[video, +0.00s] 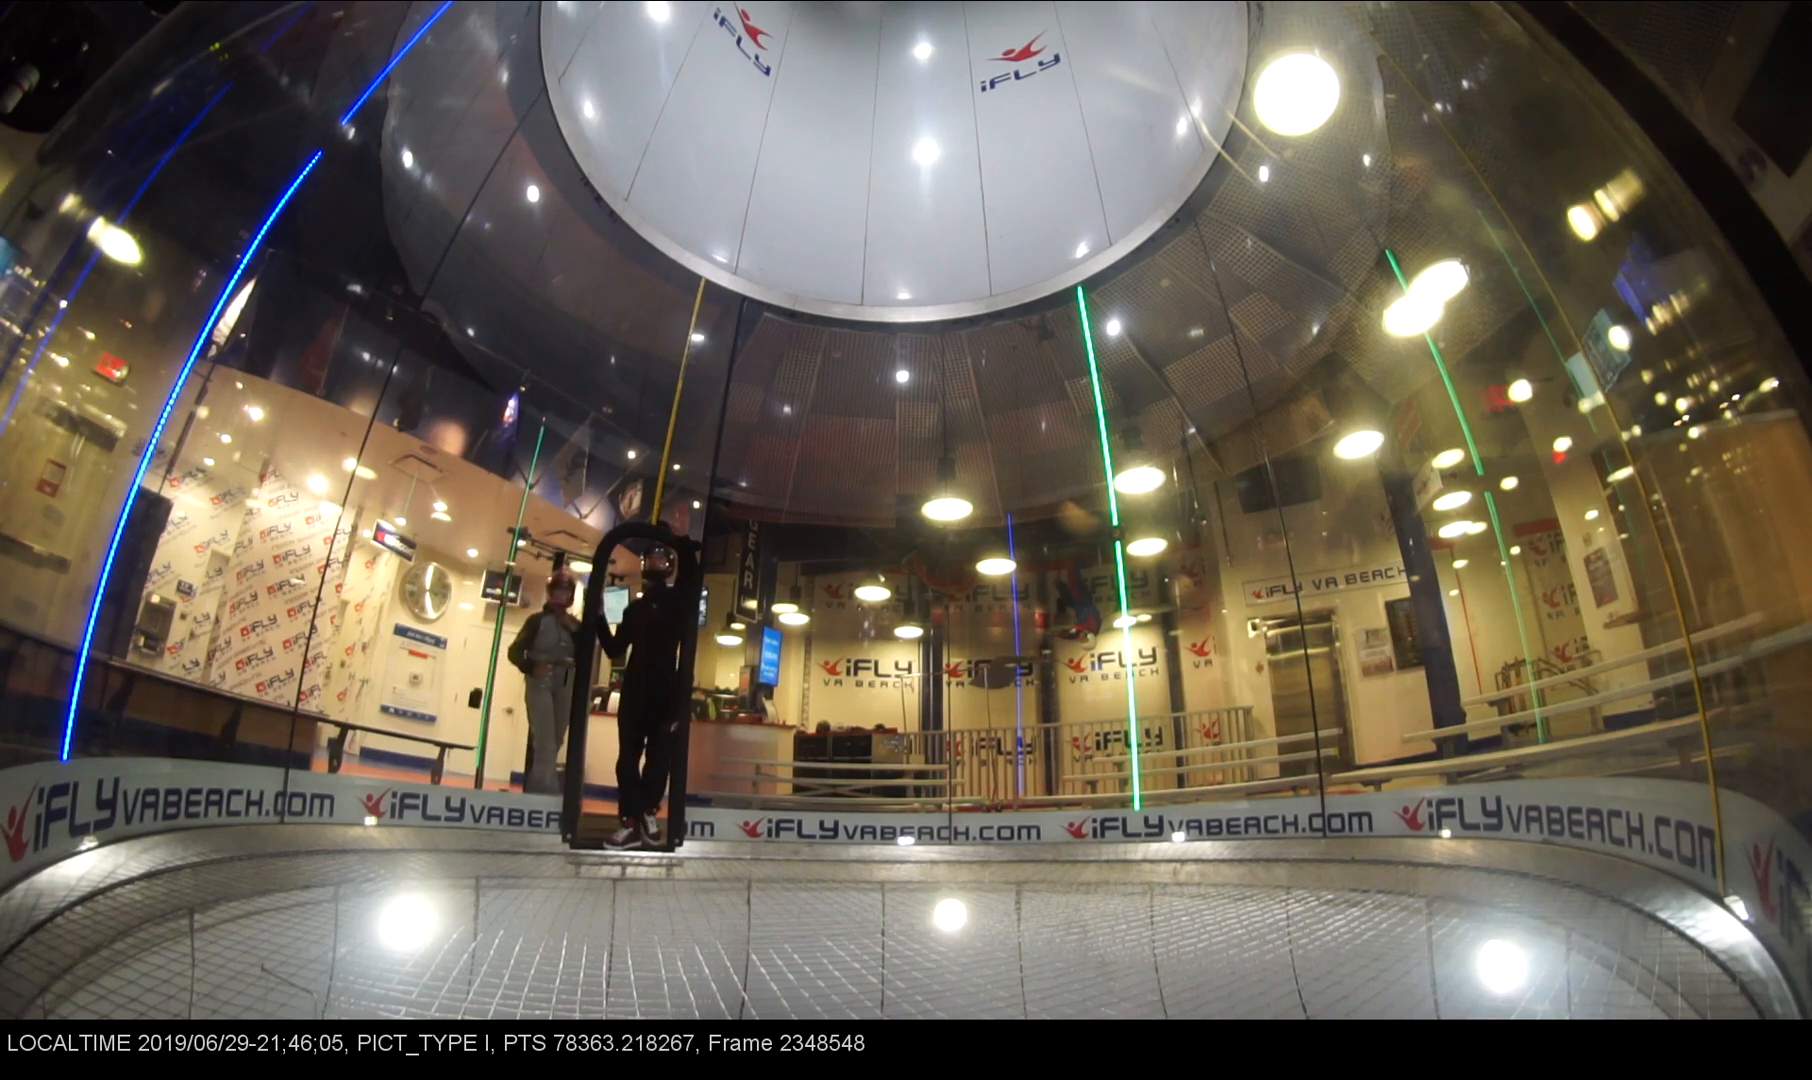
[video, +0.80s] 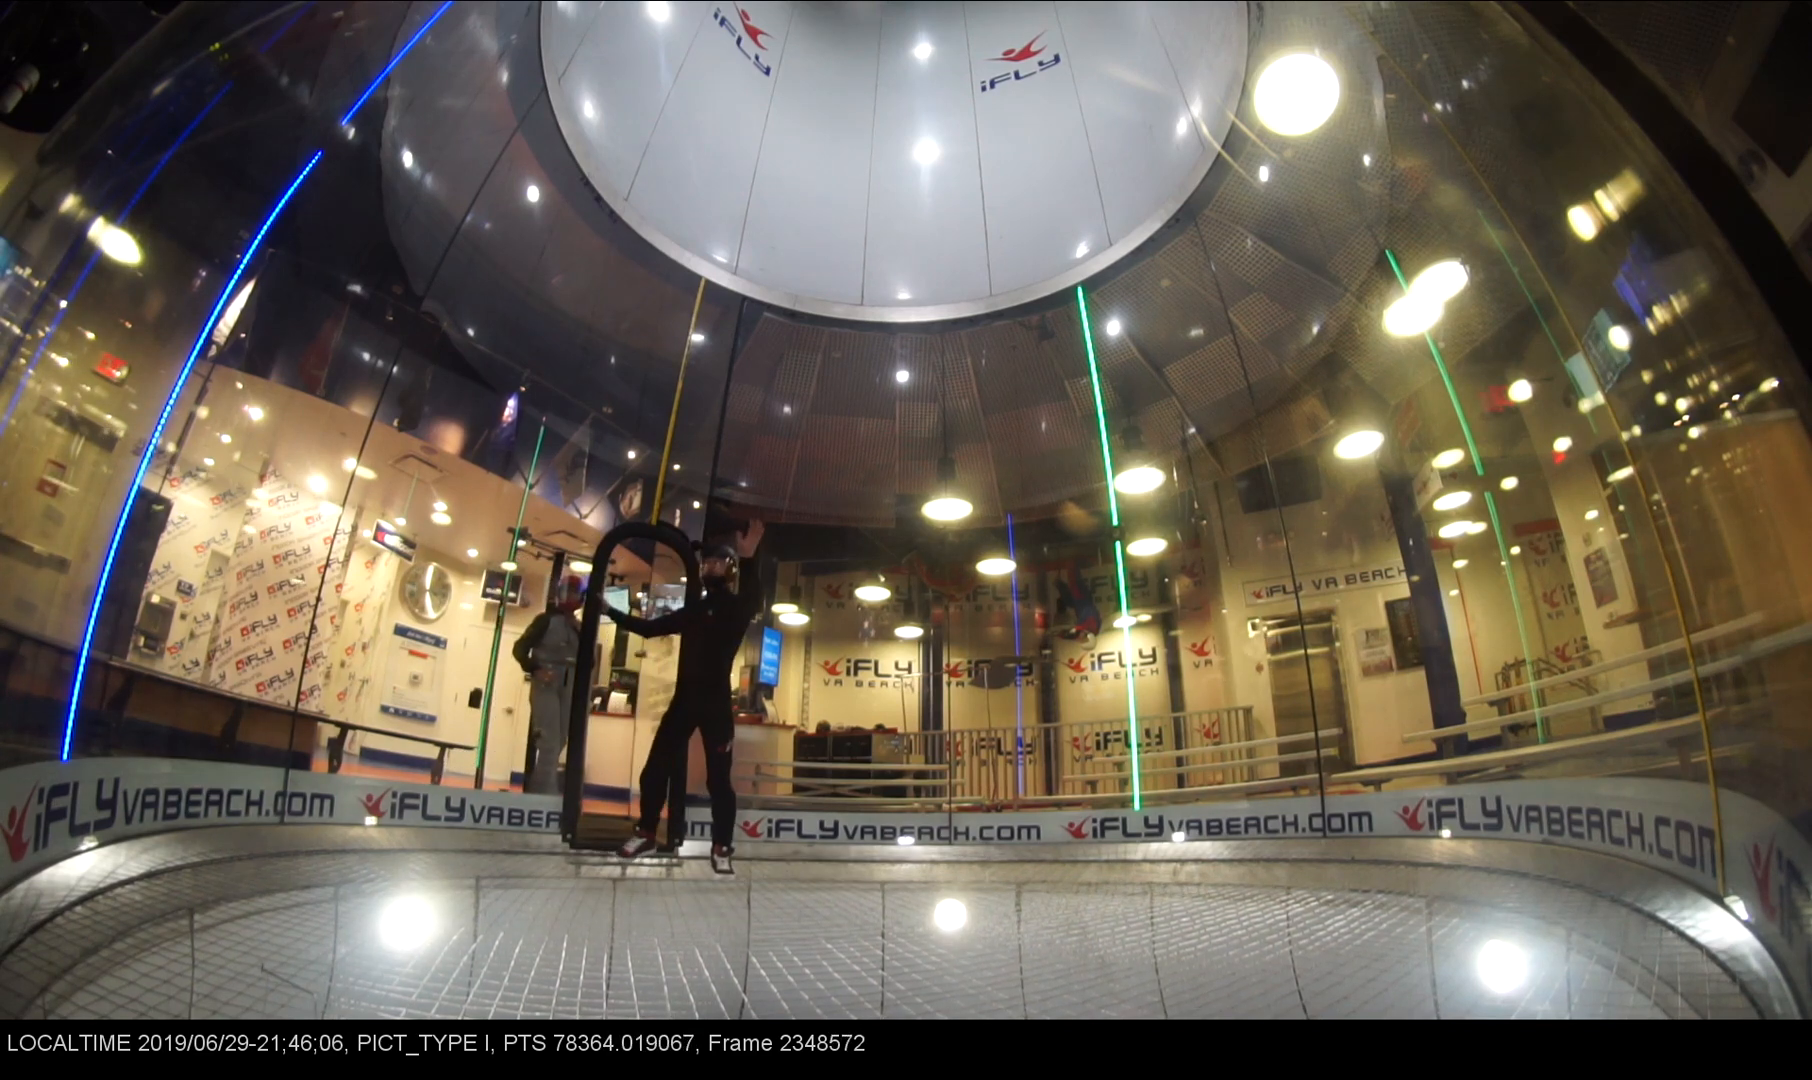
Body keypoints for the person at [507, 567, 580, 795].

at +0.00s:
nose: (560, 595)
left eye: (565, 590)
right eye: (557, 589)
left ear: (571, 596)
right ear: (550, 591)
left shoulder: (575, 625)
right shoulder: (537, 620)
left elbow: (587, 653)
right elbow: (514, 651)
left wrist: (574, 629)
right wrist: (531, 667)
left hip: (566, 681)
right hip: (540, 679)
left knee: (555, 740)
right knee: (545, 741)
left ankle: (536, 794)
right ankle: (547, 798)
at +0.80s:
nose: (572, 596)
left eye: (576, 592)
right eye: (569, 591)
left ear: (581, 597)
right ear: (559, 593)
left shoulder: (579, 627)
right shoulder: (546, 620)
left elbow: (589, 660)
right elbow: (519, 648)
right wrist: (534, 669)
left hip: (570, 685)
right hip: (546, 682)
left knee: (560, 739)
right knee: (549, 740)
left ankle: (541, 791)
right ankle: (544, 794)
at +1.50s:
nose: (583, 597)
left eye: (587, 593)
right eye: (579, 592)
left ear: (592, 596)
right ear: (570, 593)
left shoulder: (591, 623)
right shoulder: (557, 618)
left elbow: (598, 662)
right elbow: (533, 646)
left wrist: (594, 635)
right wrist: (556, 642)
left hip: (581, 690)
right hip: (555, 686)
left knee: (562, 737)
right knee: (561, 735)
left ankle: (545, 786)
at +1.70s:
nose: (588, 597)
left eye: (592, 592)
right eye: (585, 590)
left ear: (595, 596)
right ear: (575, 592)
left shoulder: (592, 625)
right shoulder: (563, 617)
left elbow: (618, 645)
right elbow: (552, 634)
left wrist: (614, 616)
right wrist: (570, 607)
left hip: (584, 688)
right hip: (562, 686)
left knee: (568, 739)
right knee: (565, 737)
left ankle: (548, 786)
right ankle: (573, 793)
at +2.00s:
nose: (605, 601)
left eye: (609, 596)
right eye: (601, 595)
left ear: (611, 601)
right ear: (590, 595)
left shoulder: (611, 627)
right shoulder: (574, 619)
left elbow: (634, 634)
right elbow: (583, 617)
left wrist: (622, 602)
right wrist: (598, 590)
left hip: (602, 695)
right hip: (579, 692)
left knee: (596, 755)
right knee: (582, 754)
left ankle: (567, 796)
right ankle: (577, 810)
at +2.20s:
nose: (614, 596)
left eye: (618, 592)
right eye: (610, 590)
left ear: (622, 598)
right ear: (598, 592)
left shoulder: (621, 626)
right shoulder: (586, 619)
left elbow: (641, 643)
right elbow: (581, 624)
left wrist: (633, 611)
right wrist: (597, 602)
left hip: (613, 691)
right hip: (589, 690)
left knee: (614, 752)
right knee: (586, 750)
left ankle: (594, 800)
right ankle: (581, 807)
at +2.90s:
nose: (633, 602)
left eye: (638, 598)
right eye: (632, 596)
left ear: (644, 603)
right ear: (628, 599)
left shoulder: (650, 626)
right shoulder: (617, 622)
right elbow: (602, 650)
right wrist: (619, 620)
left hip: (640, 690)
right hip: (617, 688)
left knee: (633, 756)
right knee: (617, 754)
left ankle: (622, 810)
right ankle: (597, 809)